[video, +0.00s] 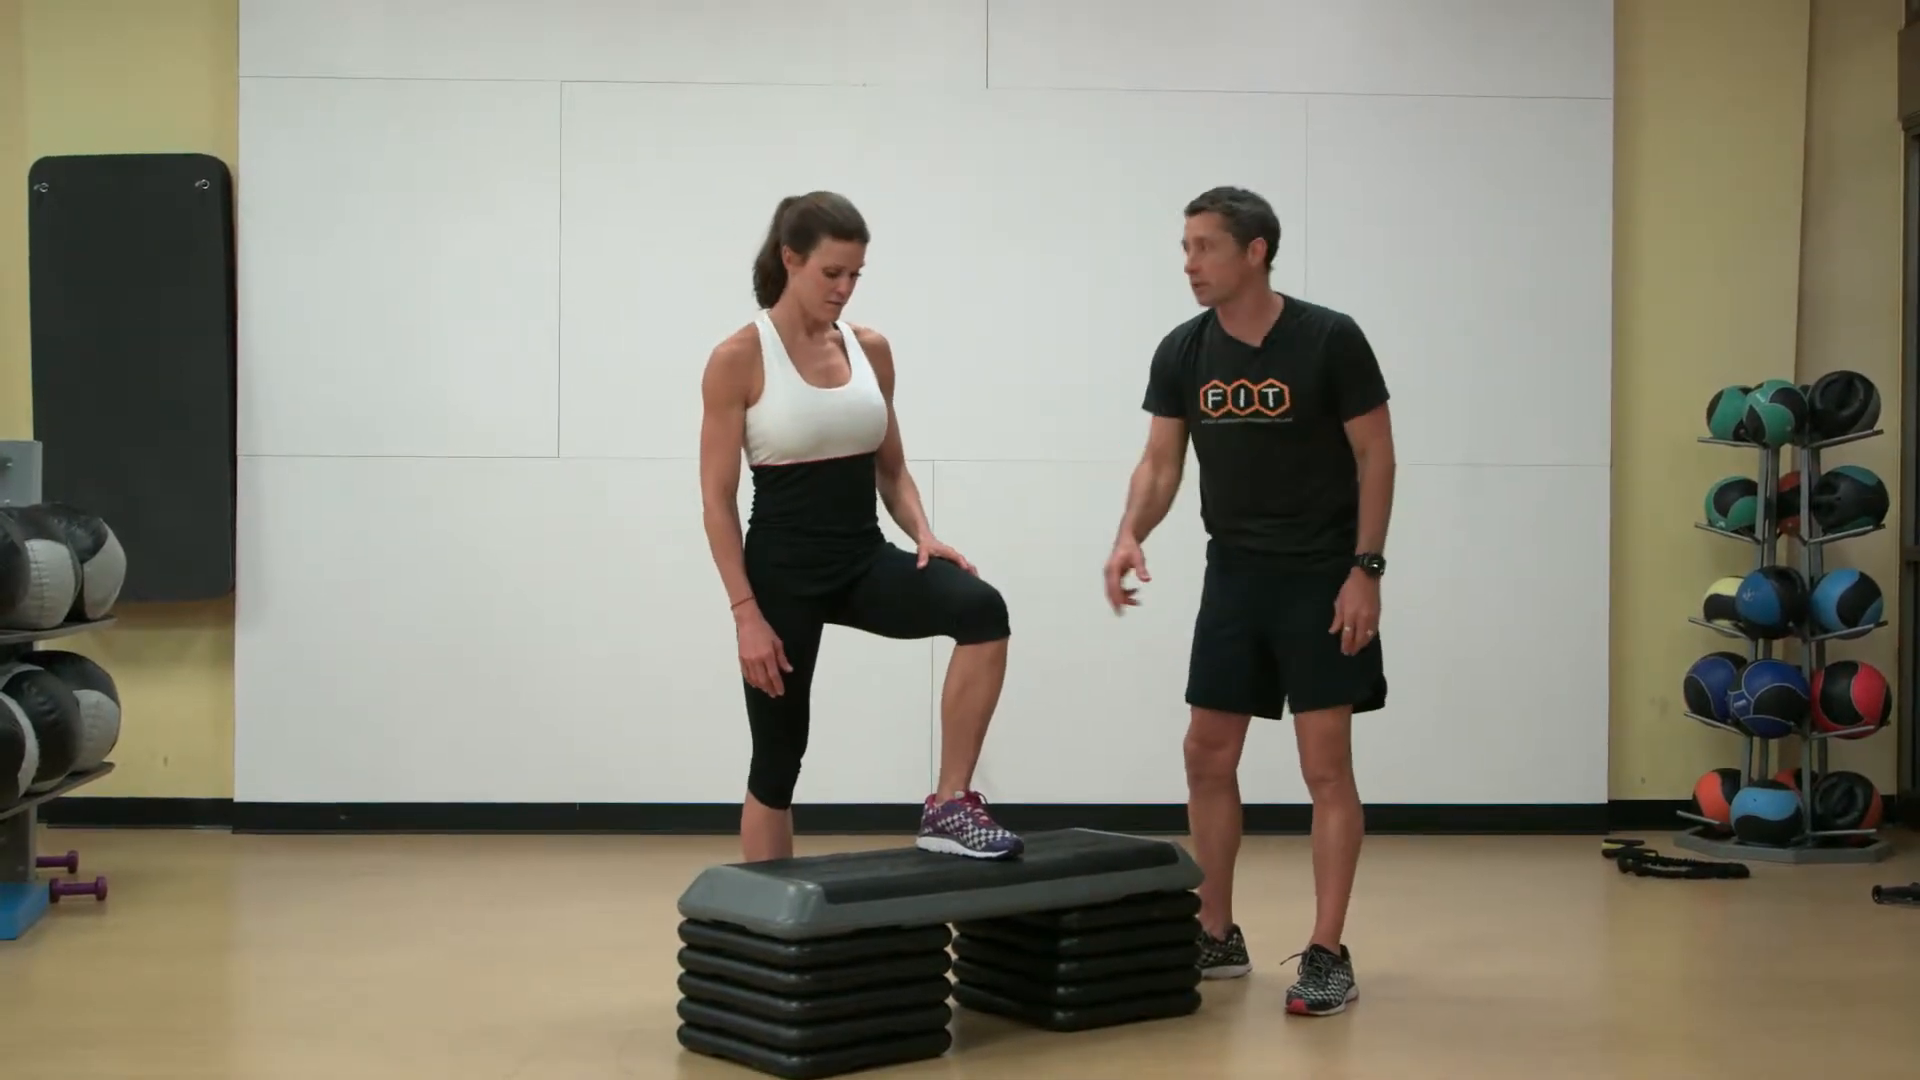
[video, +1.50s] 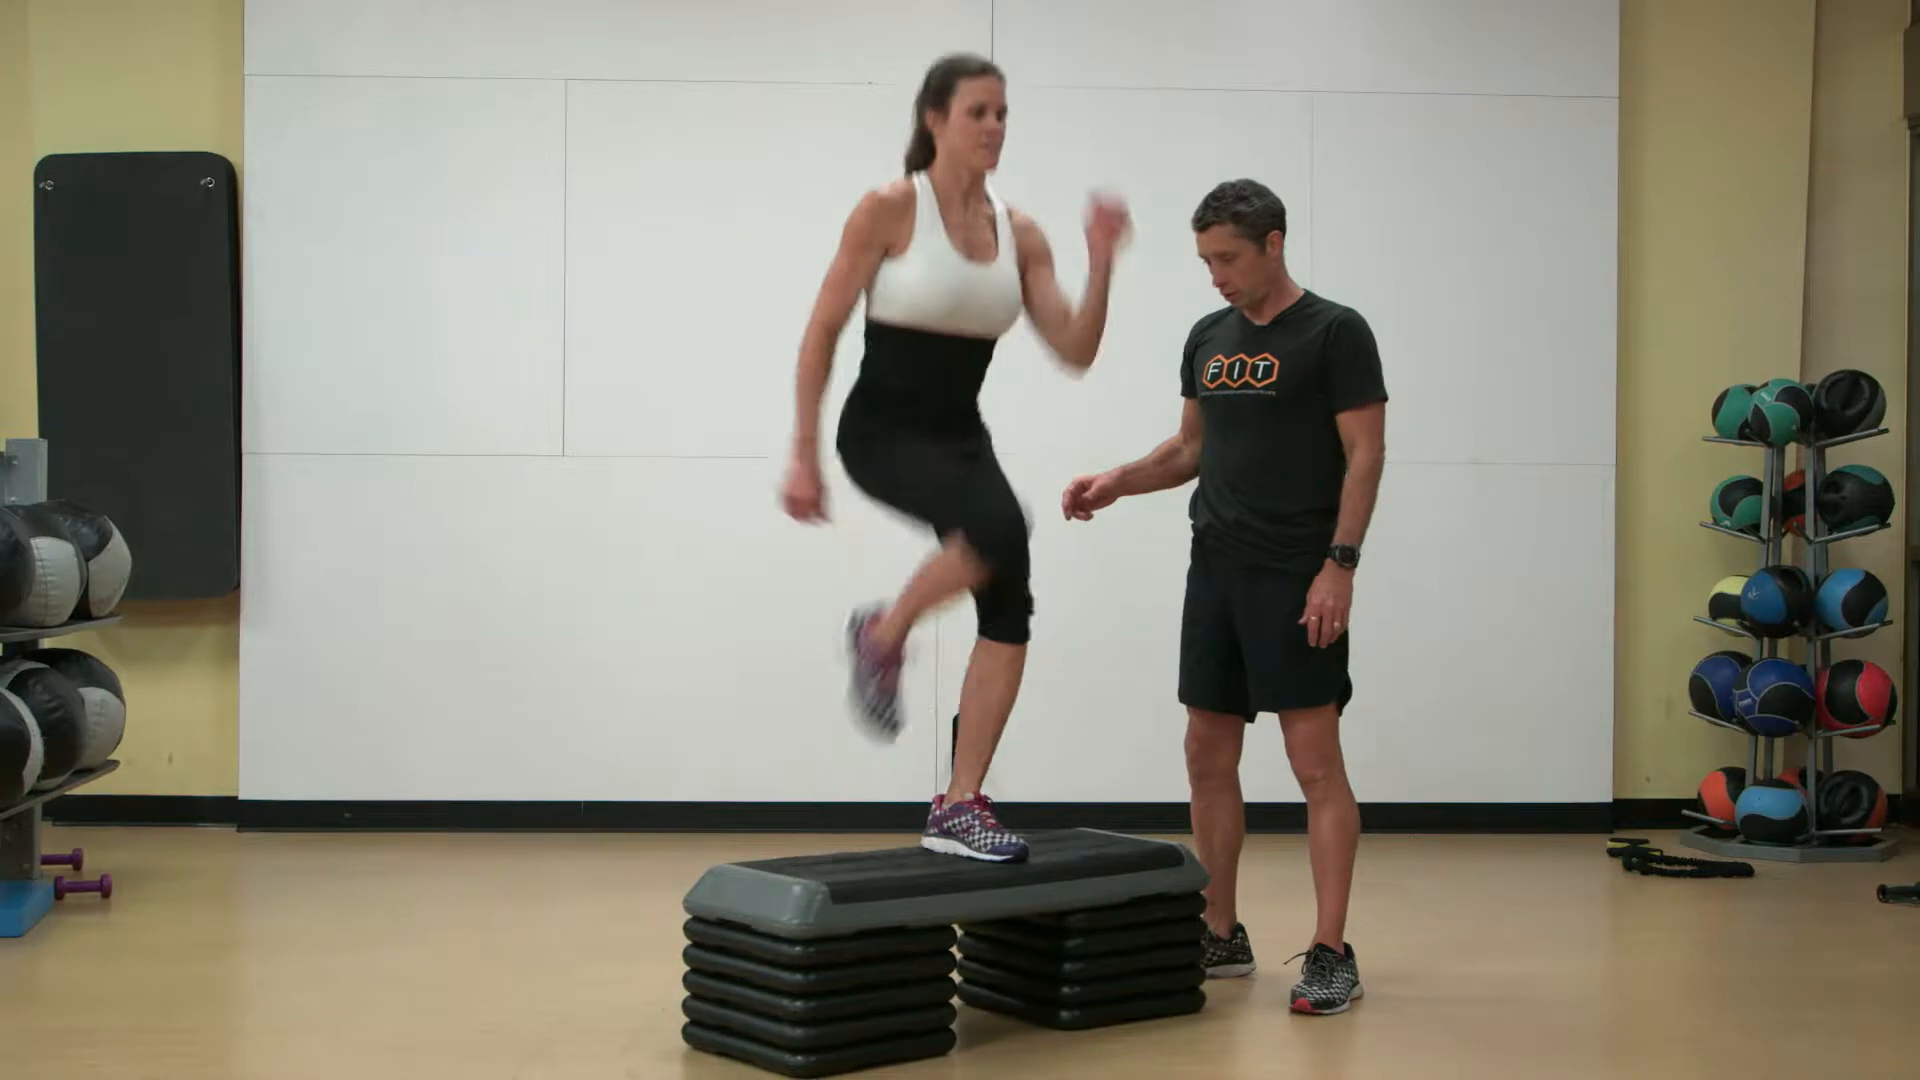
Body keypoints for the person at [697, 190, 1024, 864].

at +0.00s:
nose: (846, 288)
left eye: (855, 274)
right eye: (833, 272)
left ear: (861, 270)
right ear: (789, 261)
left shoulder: (869, 350)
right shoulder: (739, 360)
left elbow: (891, 468)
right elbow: (717, 500)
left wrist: (924, 535)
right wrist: (745, 613)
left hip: (861, 561)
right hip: (782, 570)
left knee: (982, 611)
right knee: (776, 766)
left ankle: (951, 803)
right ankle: (767, 932)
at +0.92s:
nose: (876, 267)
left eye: (882, 254)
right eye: (861, 253)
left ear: (885, 258)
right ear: (814, 254)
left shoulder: (891, 349)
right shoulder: (771, 355)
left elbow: (888, 470)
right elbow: (739, 493)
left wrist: (907, 593)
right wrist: (811, 527)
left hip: (877, 558)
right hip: (798, 569)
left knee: (986, 606)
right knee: (794, 765)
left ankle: (952, 800)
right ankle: (776, 934)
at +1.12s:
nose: (926, 272)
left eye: (931, 259)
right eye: (910, 259)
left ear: (935, 265)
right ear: (864, 267)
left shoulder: (939, 359)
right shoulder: (821, 358)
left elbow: (916, 483)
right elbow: (805, 489)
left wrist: (916, 598)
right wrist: (898, 431)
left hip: (900, 557)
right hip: (829, 564)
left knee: (1005, 617)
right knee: (831, 770)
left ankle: (954, 802)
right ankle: (783, 930)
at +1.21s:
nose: (953, 253)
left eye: (958, 239)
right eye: (937, 240)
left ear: (963, 246)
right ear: (891, 247)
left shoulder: (965, 340)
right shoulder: (851, 332)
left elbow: (945, 459)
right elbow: (836, 457)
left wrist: (950, 563)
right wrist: (930, 416)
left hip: (923, 540)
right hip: (848, 542)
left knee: (1019, 622)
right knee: (829, 741)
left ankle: (957, 803)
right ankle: (791, 916)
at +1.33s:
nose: (988, 194)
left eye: (992, 180)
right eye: (972, 181)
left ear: (993, 188)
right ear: (926, 188)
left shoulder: (1001, 291)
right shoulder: (885, 272)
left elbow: (998, 418)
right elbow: (845, 398)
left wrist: (1051, 493)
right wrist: (933, 453)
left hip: (946, 494)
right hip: (868, 493)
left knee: (1019, 619)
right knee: (878, 698)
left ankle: (957, 805)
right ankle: (806, 867)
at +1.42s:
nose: (997, 161)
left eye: (1002, 148)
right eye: (980, 148)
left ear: (1004, 159)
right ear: (935, 155)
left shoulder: (1012, 267)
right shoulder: (889, 244)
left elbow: (1038, 403)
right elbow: (834, 374)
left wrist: (1094, 395)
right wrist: (871, 476)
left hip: (950, 461)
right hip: (877, 460)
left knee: (1015, 615)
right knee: (947, 640)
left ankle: (959, 803)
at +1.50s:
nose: (997, 127)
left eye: (1002, 113)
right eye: (981, 113)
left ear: (1004, 124)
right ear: (935, 120)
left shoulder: (1018, 233)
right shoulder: (889, 210)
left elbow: (1075, 349)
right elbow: (823, 329)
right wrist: (804, 452)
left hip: (962, 433)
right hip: (882, 428)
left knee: (1010, 611)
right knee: (995, 529)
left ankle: (960, 804)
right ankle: (882, 632)